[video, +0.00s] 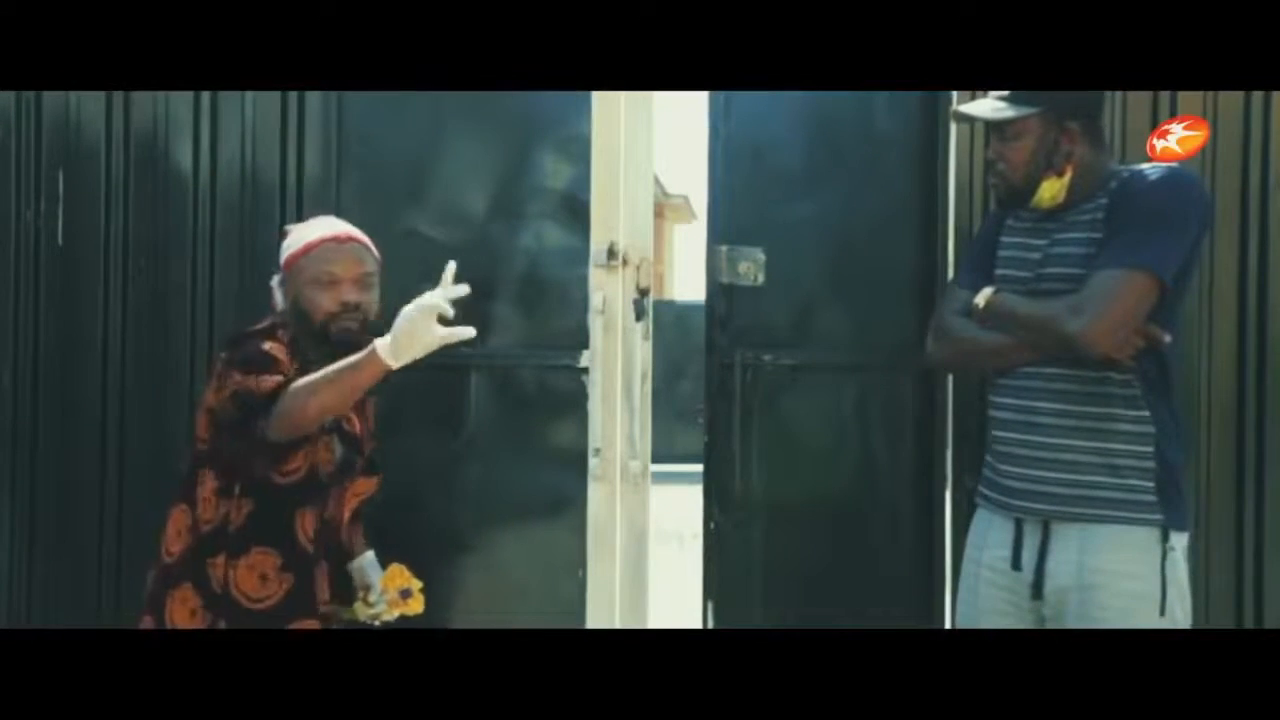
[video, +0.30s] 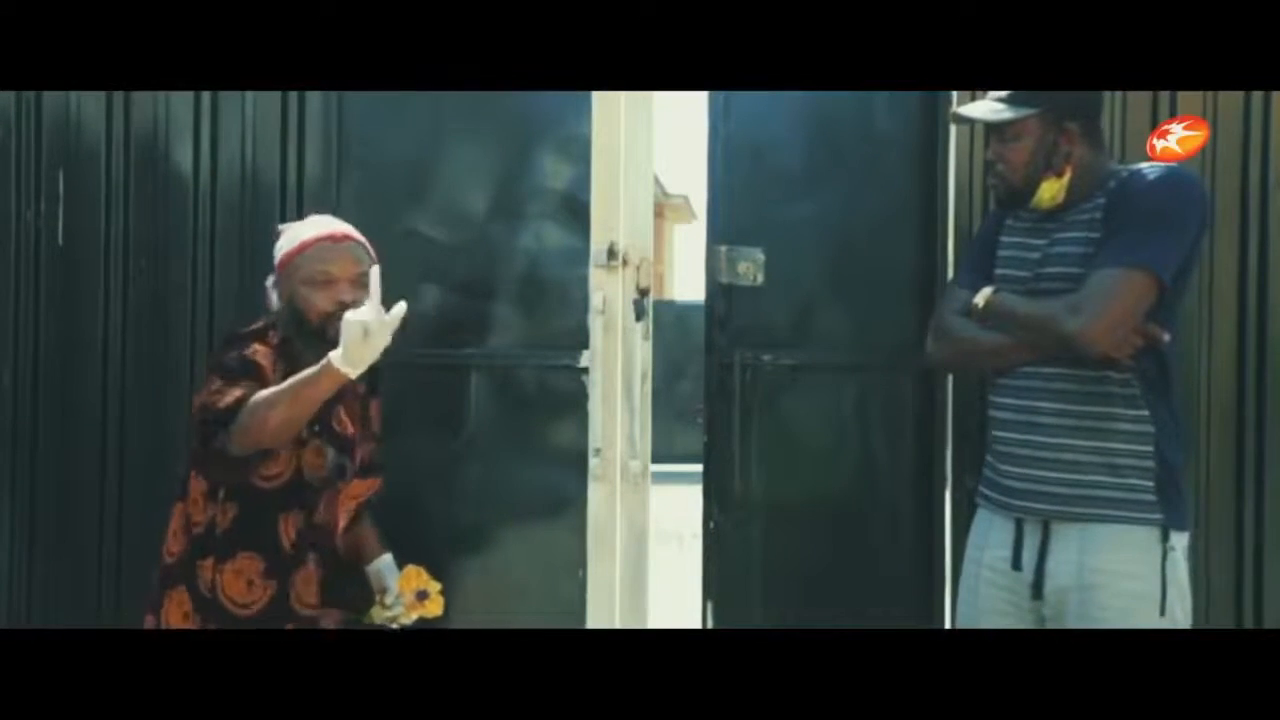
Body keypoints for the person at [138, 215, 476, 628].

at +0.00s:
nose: (351, 299)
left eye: (364, 283)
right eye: (327, 283)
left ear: (380, 292)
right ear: (286, 294)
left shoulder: (356, 370)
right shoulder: (254, 357)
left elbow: (342, 497)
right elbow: (278, 419)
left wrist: (367, 575)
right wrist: (389, 352)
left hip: (306, 600)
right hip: (220, 605)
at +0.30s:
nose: (345, 297)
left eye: (359, 282)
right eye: (323, 282)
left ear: (373, 289)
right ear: (282, 292)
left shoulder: (361, 372)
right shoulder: (248, 354)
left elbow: (351, 499)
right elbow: (241, 434)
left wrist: (388, 581)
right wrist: (340, 367)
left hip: (321, 594)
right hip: (233, 593)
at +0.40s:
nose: (378, 291)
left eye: (377, 276)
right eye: (354, 277)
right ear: (298, 291)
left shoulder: (356, 377)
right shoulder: (243, 366)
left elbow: (349, 500)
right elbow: (218, 453)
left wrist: (384, 579)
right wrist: (351, 420)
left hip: (314, 605)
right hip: (218, 606)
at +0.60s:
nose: (389, 285)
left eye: (383, 270)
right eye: (369, 272)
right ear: (316, 286)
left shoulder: (351, 373)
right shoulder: (242, 373)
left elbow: (338, 510)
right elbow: (228, 518)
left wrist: (369, 584)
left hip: (298, 606)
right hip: (220, 607)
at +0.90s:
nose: (389, 274)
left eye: (381, 260)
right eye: (366, 261)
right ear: (314, 278)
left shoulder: (348, 378)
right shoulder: (259, 376)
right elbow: (240, 537)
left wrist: (349, 611)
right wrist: (260, 618)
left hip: (312, 607)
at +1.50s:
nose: (395, 266)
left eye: (388, 254)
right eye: (375, 258)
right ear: (326, 278)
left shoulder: (354, 372)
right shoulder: (275, 375)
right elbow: (246, 537)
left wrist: (371, 606)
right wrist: (272, 619)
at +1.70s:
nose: (414, 290)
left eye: (409, 277)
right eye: (397, 278)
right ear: (345, 293)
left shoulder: (364, 387)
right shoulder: (283, 385)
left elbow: (355, 525)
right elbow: (246, 545)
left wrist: (392, 608)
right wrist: (277, 621)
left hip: (315, 607)